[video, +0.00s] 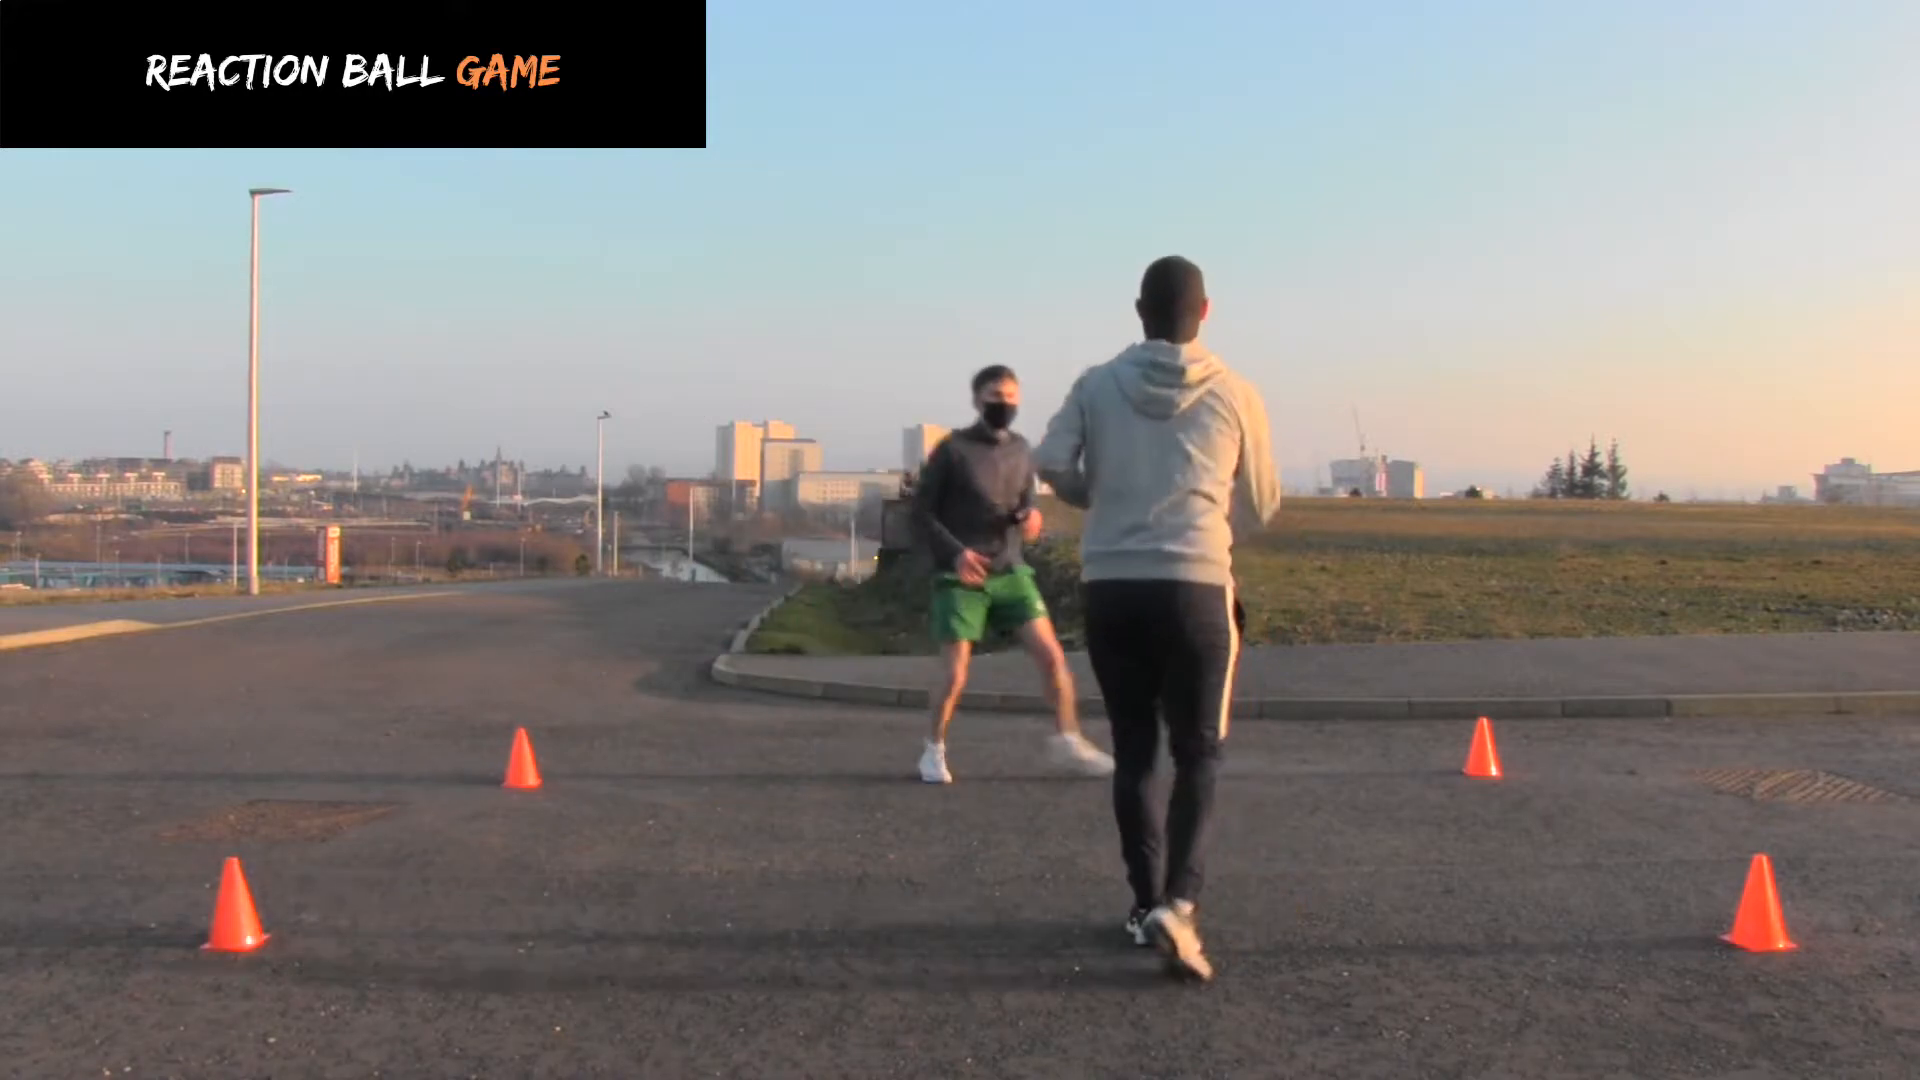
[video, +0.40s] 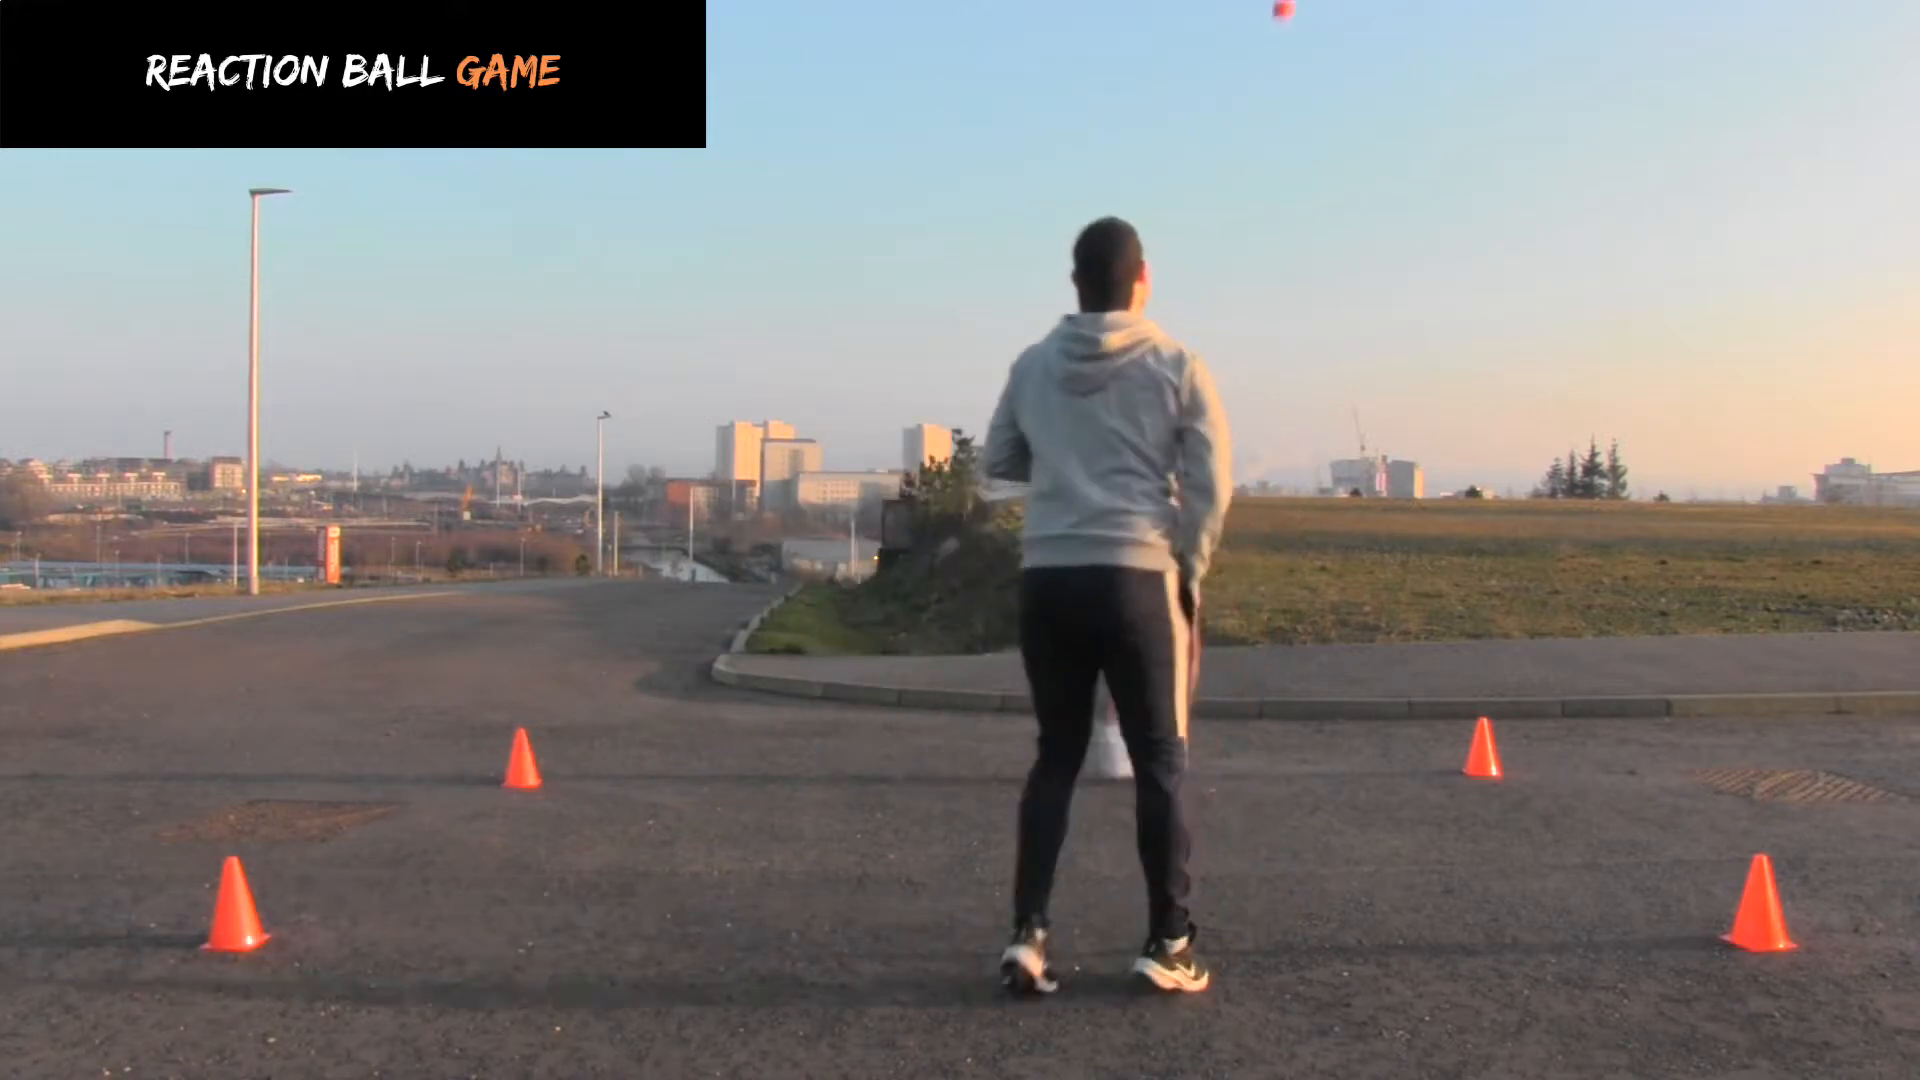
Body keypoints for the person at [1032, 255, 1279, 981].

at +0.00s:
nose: (1200, 315)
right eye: (1202, 304)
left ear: (1139, 312)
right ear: (1203, 313)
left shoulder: (1097, 385)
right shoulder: (1234, 392)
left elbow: (1053, 460)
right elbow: (1261, 509)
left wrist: (1100, 499)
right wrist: (1205, 507)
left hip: (1113, 593)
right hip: (1196, 594)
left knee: (1133, 752)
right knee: (1198, 751)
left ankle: (1148, 908)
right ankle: (1179, 901)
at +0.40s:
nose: (1147, 283)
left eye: (1131, 273)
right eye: (1146, 274)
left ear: (1074, 280)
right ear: (1141, 280)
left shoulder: (1034, 365)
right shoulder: (1175, 364)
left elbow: (1000, 462)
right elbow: (1209, 483)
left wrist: (1068, 455)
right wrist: (1190, 571)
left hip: (1048, 585)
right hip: (1136, 585)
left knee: (1057, 753)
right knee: (1159, 760)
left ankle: (1026, 935)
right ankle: (1169, 944)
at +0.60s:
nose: (1093, 308)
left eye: (1075, 298)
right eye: (1091, 298)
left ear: (1018, 306)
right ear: (1085, 304)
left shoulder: (980, 398)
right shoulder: (1114, 390)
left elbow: (944, 499)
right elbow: (1158, 505)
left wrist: (1004, 516)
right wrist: (1160, 596)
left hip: (994, 622)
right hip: (1079, 625)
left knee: (1025, 786)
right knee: (1131, 781)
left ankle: (1015, 978)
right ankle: (1078, 954)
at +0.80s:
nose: (1048, 282)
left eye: (1007, 269)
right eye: (1050, 270)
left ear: (976, 274)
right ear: (1048, 274)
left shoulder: (934, 362)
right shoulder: (1083, 355)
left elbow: (891, 457)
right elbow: (1126, 471)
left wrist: (958, 497)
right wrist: (1094, 548)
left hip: (955, 594)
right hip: (1043, 597)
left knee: (988, 775)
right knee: (1026, 783)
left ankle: (996, 957)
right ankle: (956, 974)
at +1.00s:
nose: (1026, 308)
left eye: (1018, 295)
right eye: (1025, 297)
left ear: (945, 299)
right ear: (1016, 303)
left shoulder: (894, 397)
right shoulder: (1031, 393)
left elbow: (860, 506)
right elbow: (1078, 527)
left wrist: (933, 524)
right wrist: (1058, 601)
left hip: (902, 631)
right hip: (990, 634)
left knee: (943, 776)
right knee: (997, 822)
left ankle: (906, 947)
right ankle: (934, 1017)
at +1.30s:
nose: (958, 292)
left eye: (954, 277)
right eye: (956, 279)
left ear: (883, 280)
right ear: (939, 283)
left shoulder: (832, 371)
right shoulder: (946, 364)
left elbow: (786, 490)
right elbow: (970, 481)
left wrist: (861, 516)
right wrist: (980, 581)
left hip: (821, 601)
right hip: (896, 605)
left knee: (838, 790)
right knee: (941, 795)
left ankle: (800, 984)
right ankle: (871, 990)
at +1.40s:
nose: (933, 306)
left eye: (929, 292)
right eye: (931, 293)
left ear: (863, 291)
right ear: (913, 294)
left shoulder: (804, 384)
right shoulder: (919, 380)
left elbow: (755, 493)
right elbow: (932, 505)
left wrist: (808, 556)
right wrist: (946, 604)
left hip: (797, 617)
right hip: (870, 620)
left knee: (826, 793)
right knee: (901, 804)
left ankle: (793, 979)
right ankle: (774, 957)